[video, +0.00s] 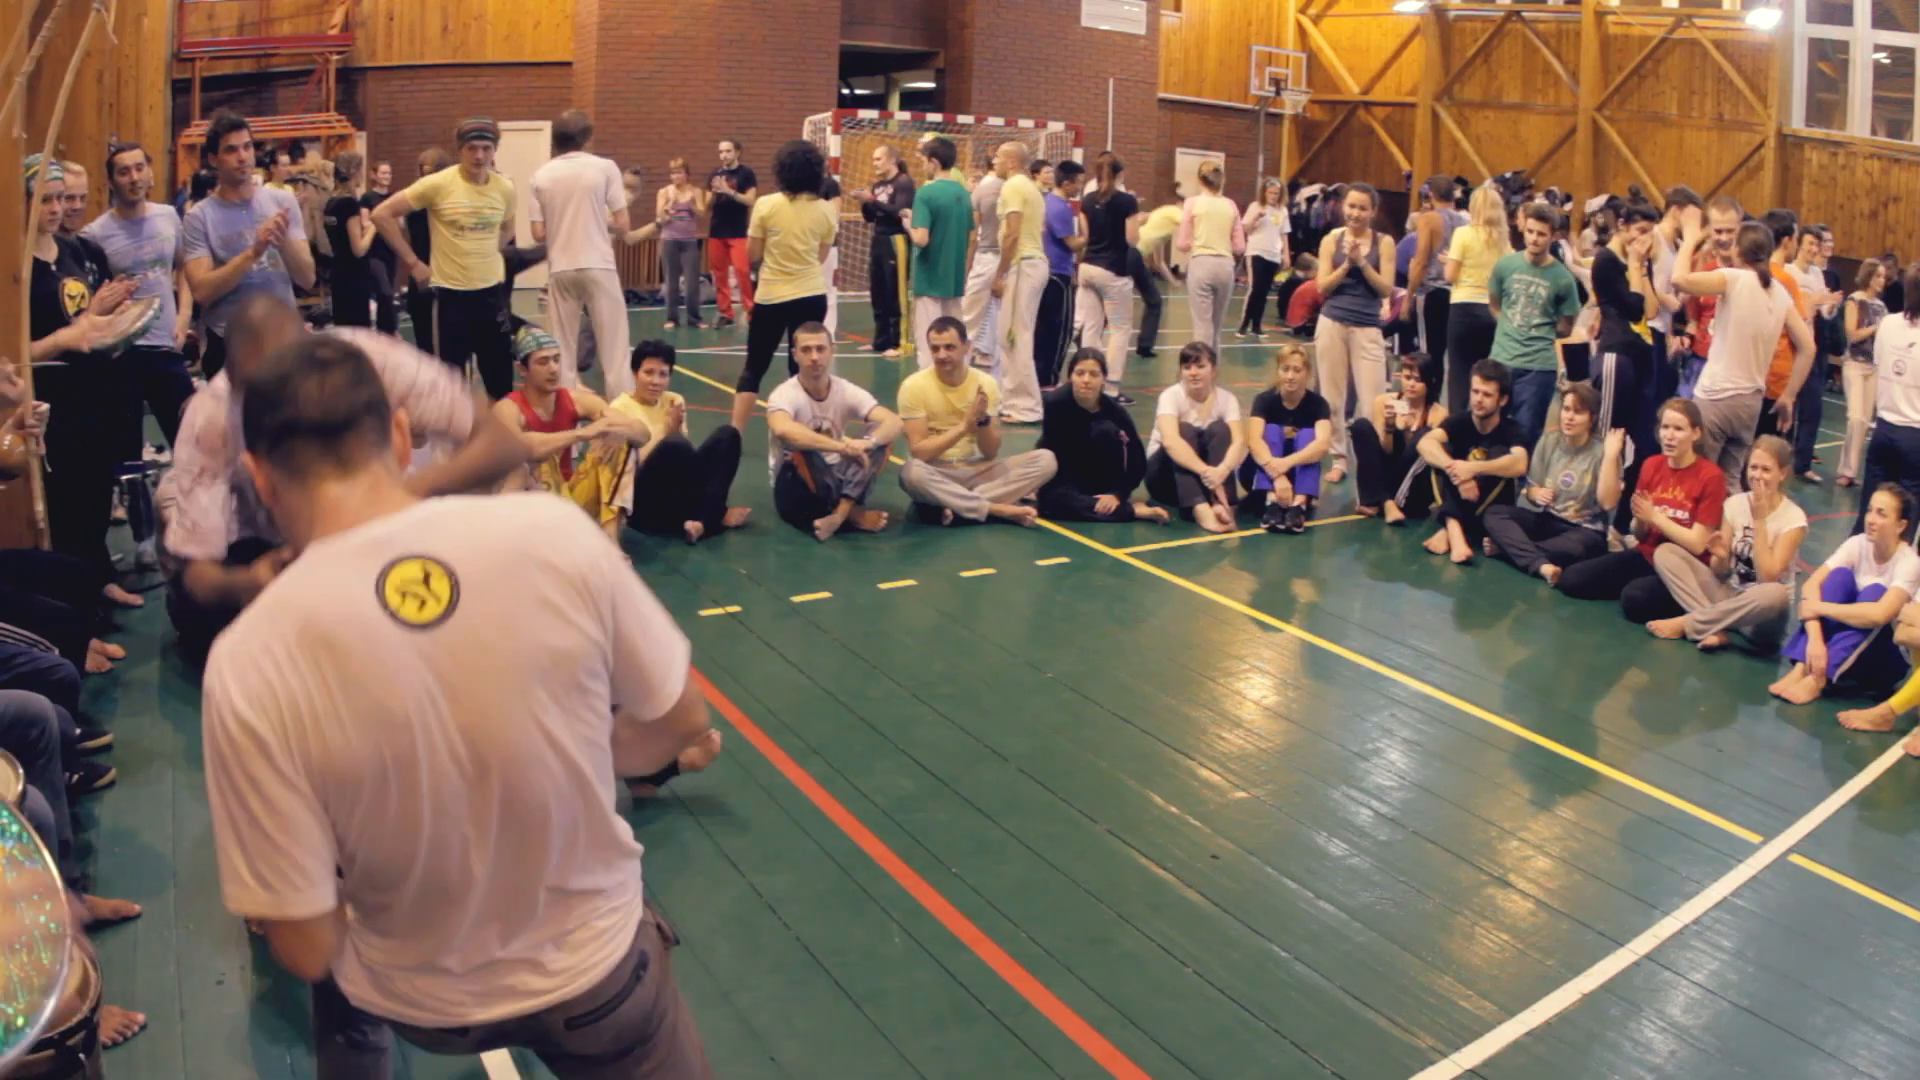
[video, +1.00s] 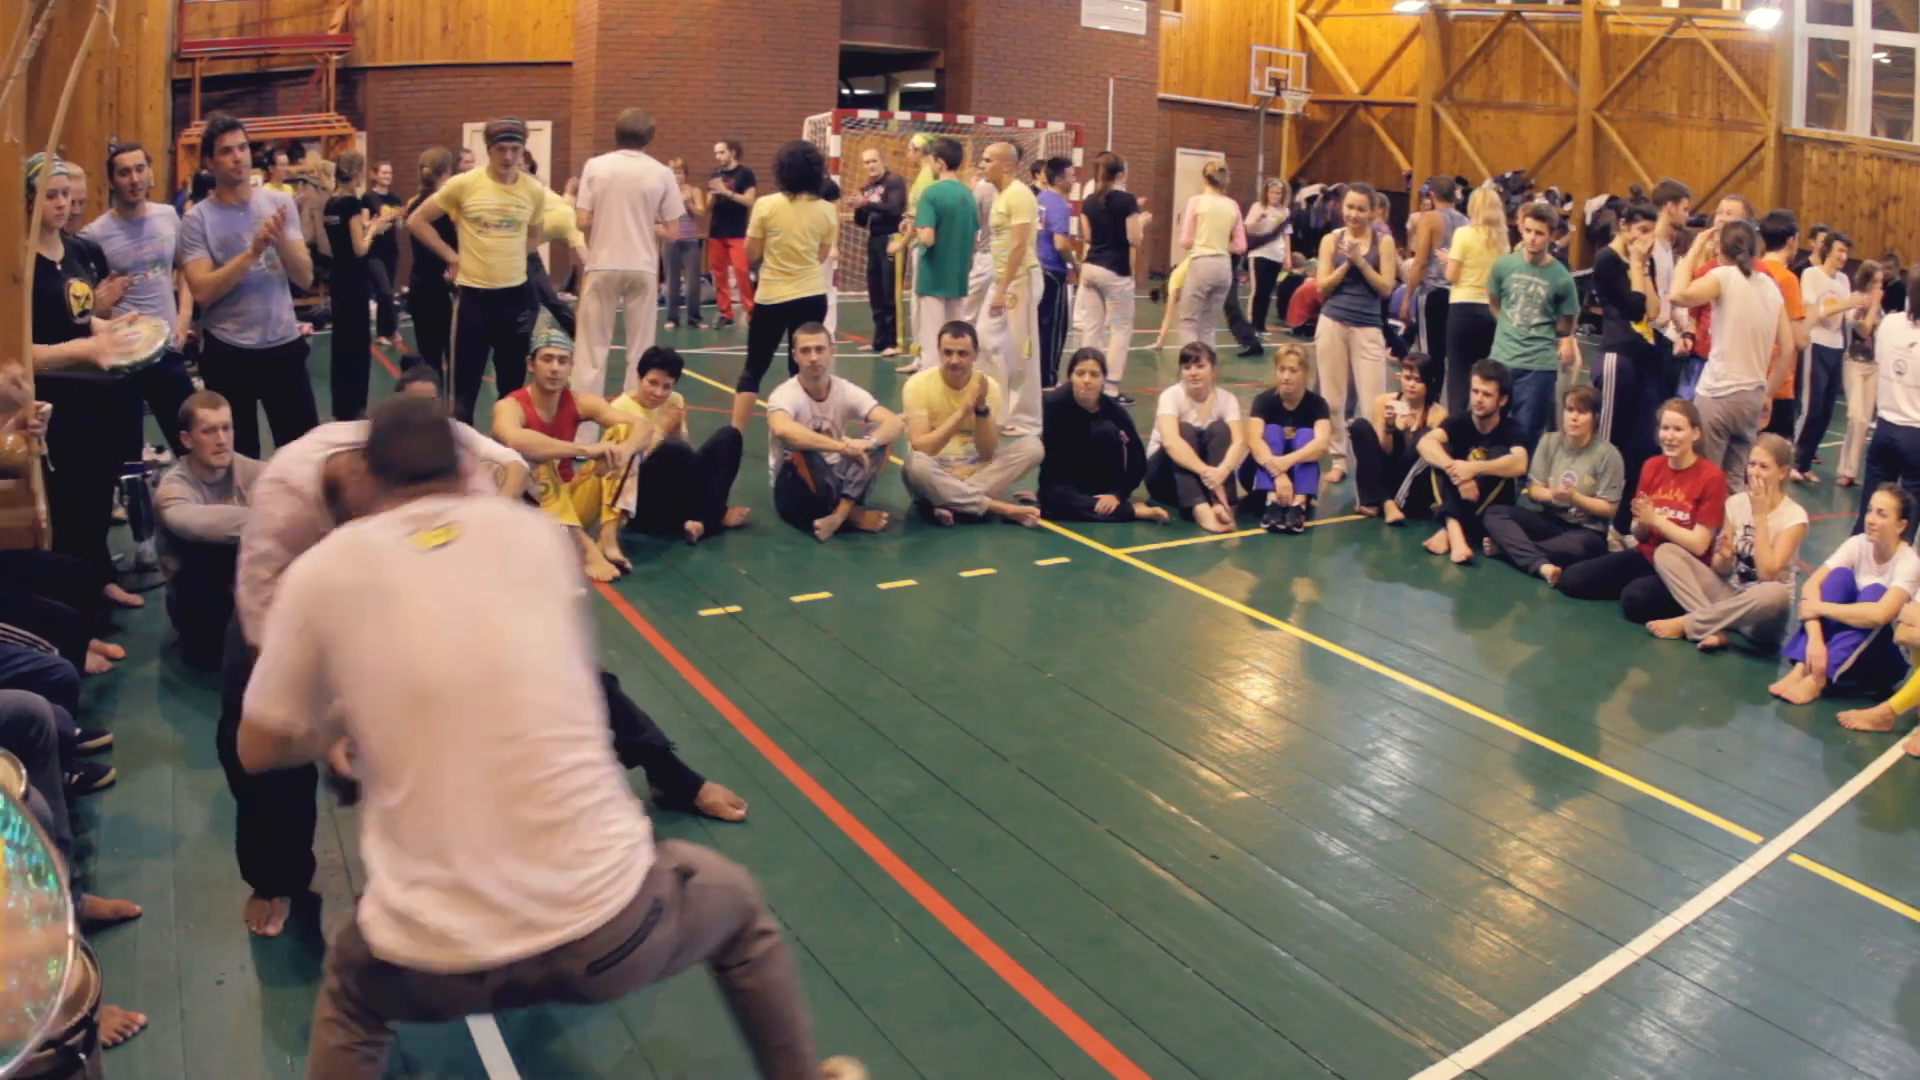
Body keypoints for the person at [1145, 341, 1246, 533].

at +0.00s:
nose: (1193, 373)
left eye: (1200, 367)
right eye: (1187, 367)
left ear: (1213, 371)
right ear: (1180, 372)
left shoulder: (1227, 399)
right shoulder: (1170, 396)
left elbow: (1240, 443)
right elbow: (1170, 441)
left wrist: (1222, 471)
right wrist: (1211, 480)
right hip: (1167, 482)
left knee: (1219, 428)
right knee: (1185, 430)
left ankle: (1223, 505)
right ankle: (1200, 507)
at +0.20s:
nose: (1193, 373)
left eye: (1200, 367)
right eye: (1187, 367)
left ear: (1213, 371)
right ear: (1181, 371)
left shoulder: (1227, 399)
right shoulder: (1170, 396)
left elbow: (1240, 442)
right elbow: (1170, 441)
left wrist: (1222, 471)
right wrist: (1212, 480)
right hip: (1167, 482)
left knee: (1219, 428)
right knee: (1185, 430)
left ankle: (1223, 504)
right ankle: (1200, 507)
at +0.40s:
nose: (1193, 373)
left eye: (1200, 367)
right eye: (1187, 367)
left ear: (1213, 371)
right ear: (1181, 372)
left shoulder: (1227, 399)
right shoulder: (1170, 396)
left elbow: (1240, 442)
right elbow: (1170, 441)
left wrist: (1222, 472)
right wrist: (1211, 479)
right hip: (1167, 482)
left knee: (1219, 428)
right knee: (1185, 430)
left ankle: (1222, 504)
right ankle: (1200, 507)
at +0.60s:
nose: (1193, 373)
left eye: (1200, 366)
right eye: (1187, 367)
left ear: (1213, 371)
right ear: (1181, 372)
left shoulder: (1227, 399)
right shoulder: (1170, 396)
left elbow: (1240, 443)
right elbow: (1170, 441)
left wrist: (1222, 471)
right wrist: (1211, 480)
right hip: (1167, 482)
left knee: (1219, 428)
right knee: (1185, 430)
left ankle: (1222, 504)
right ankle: (1200, 507)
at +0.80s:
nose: (1193, 373)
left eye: (1200, 366)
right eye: (1187, 367)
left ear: (1213, 370)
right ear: (1180, 371)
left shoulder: (1227, 399)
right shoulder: (1170, 396)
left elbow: (1240, 442)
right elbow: (1170, 441)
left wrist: (1222, 471)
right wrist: (1211, 479)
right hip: (1167, 482)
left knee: (1219, 428)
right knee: (1185, 430)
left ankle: (1222, 504)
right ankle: (1200, 507)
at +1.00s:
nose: (1193, 373)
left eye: (1200, 366)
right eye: (1187, 367)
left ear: (1213, 371)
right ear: (1180, 372)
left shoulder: (1227, 399)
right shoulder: (1170, 396)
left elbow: (1239, 442)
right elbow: (1170, 441)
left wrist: (1222, 471)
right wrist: (1211, 480)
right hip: (1167, 482)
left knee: (1219, 428)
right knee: (1185, 430)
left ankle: (1223, 505)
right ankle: (1200, 507)